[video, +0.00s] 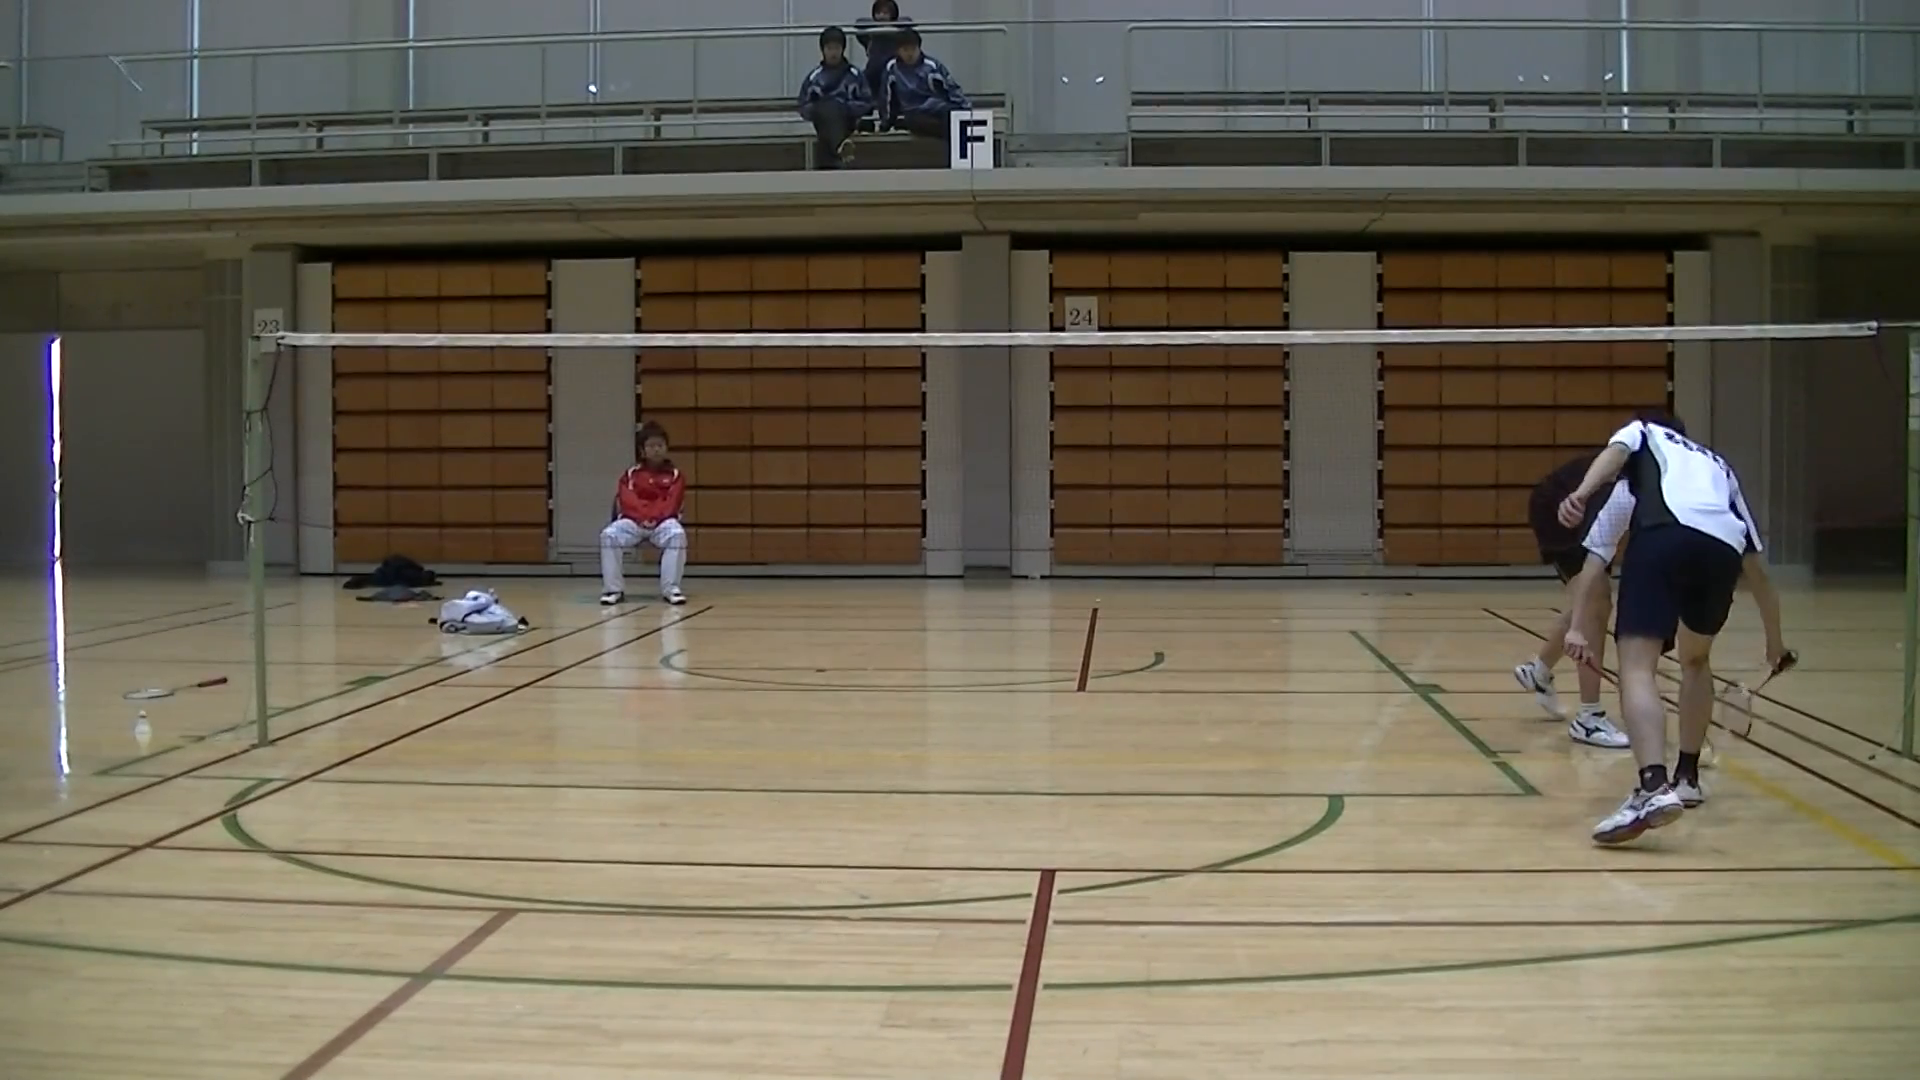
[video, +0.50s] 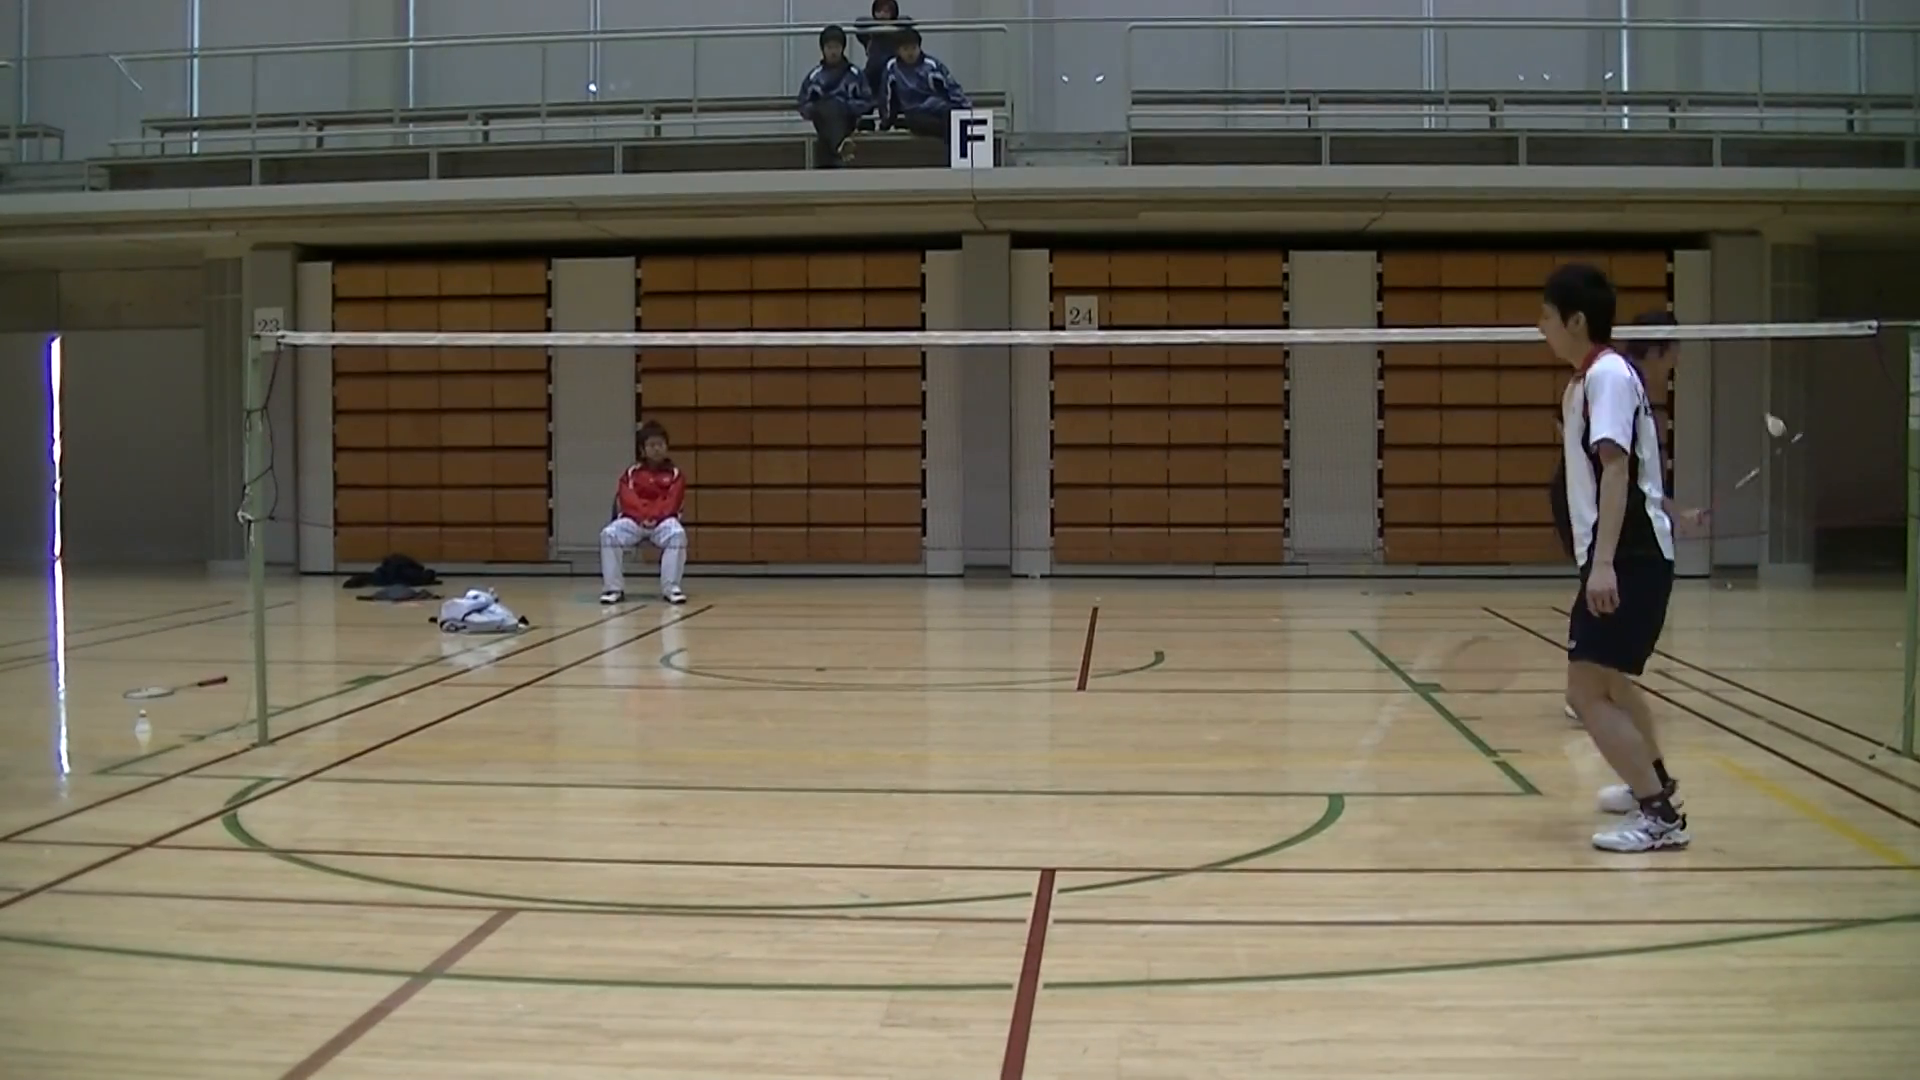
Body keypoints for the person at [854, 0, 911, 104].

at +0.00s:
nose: (881, 16)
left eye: (885, 13)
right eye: (878, 12)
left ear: (893, 15)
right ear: (874, 15)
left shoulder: (897, 30)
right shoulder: (870, 36)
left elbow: (907, 21)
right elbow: (859, 23)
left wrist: (892, 24)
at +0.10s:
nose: (882, 16)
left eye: (886, 12)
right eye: (878, 12)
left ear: (892, 15)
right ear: (874, 14)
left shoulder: (898, 32)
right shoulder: (869, 35)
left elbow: (908, 21)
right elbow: (859, 23)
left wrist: (891, 25)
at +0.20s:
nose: (882, 15)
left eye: (886, 12)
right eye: (878, 12)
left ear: (892, 14)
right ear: (874, 14)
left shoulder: (898, 31)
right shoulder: (869, 34)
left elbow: (908, 21)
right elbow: (859, 23)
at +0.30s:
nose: (881, 15)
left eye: (886, 12)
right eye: (878, 11)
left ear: (893, 14)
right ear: (874, 14)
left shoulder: (898, 32)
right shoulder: (869, 35)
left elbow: (907, 20)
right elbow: (859, 22)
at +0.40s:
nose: (881, 15)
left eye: (886, 12)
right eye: (878, 12)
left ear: (892, 14)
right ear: (874, 14)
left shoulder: (898, 31)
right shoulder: (869, 34)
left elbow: (907, 20)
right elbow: (859, 22)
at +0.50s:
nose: (882, 14)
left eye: (887, 11)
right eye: (878, 11)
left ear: (893, 13)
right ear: (874, 13)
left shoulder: (898, 30)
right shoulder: (869, 34)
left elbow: (907, 20)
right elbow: (859, 22)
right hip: (872, 72)